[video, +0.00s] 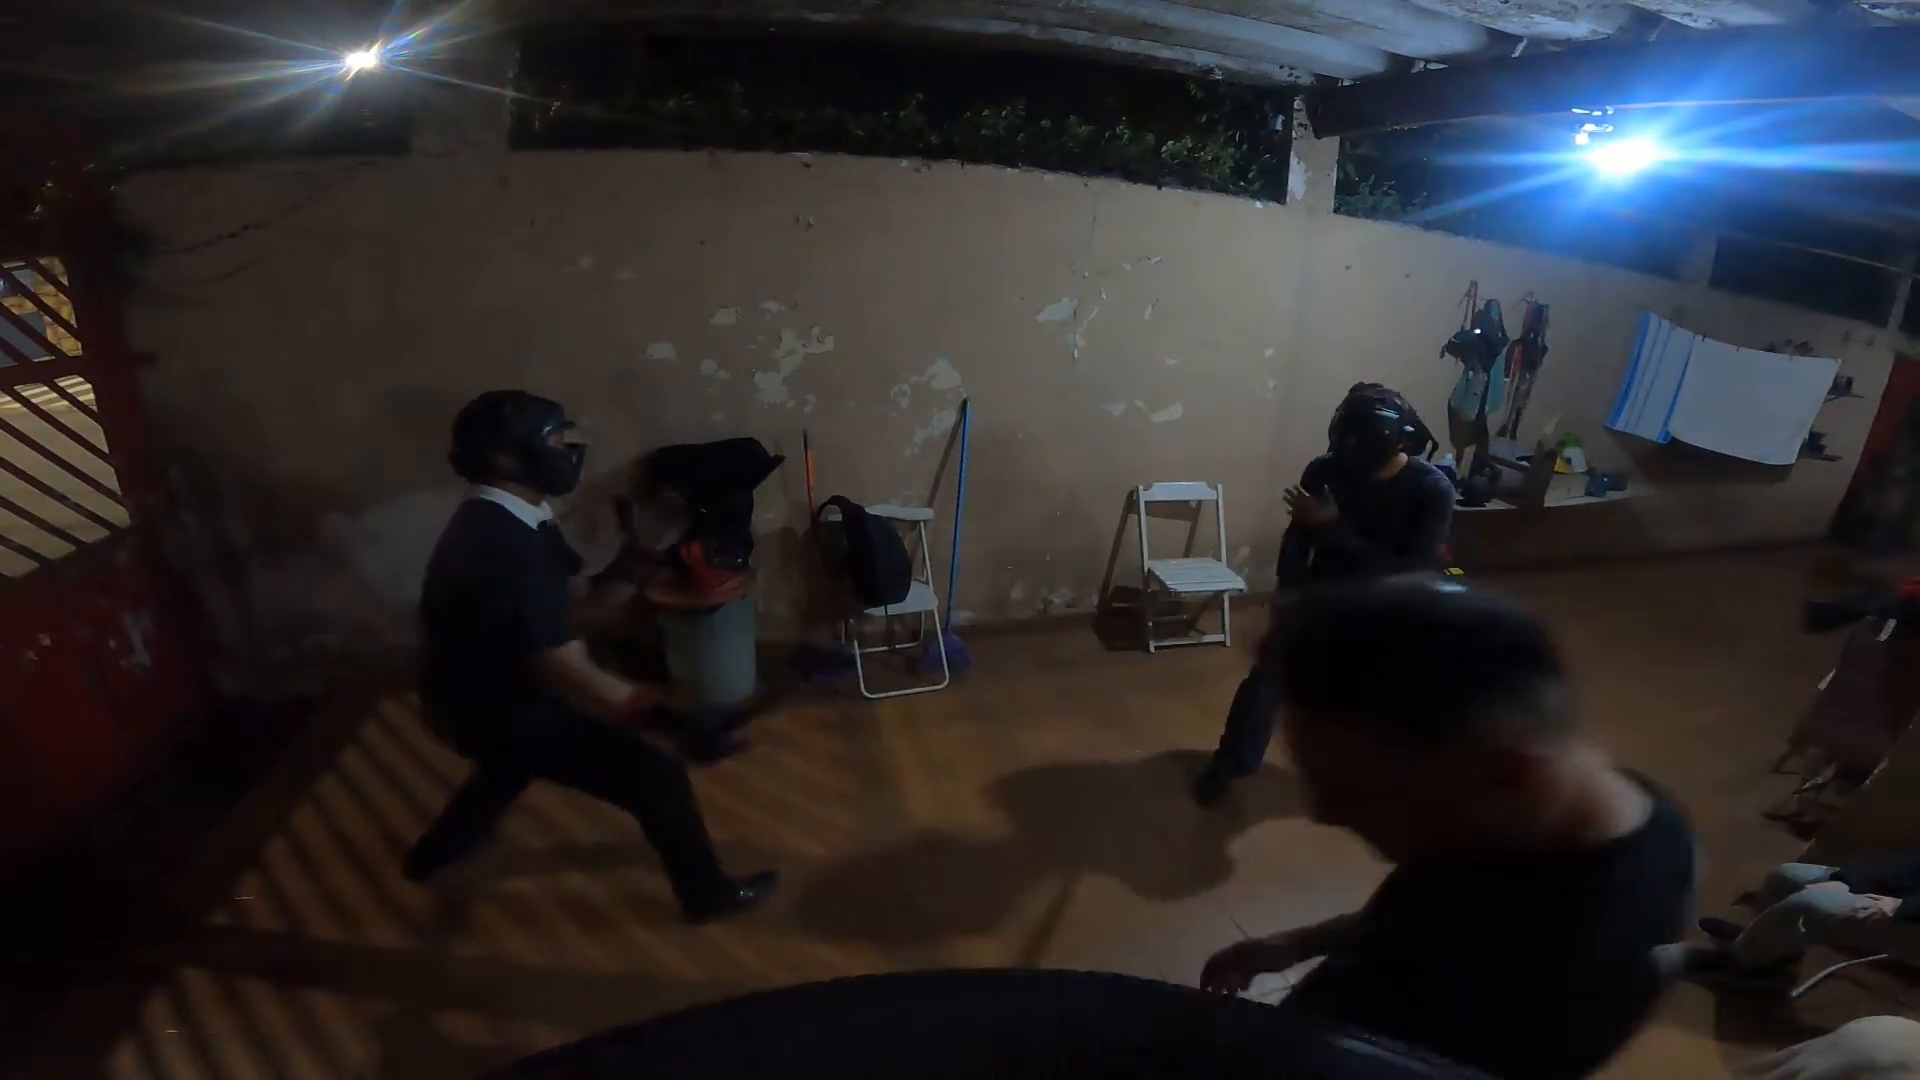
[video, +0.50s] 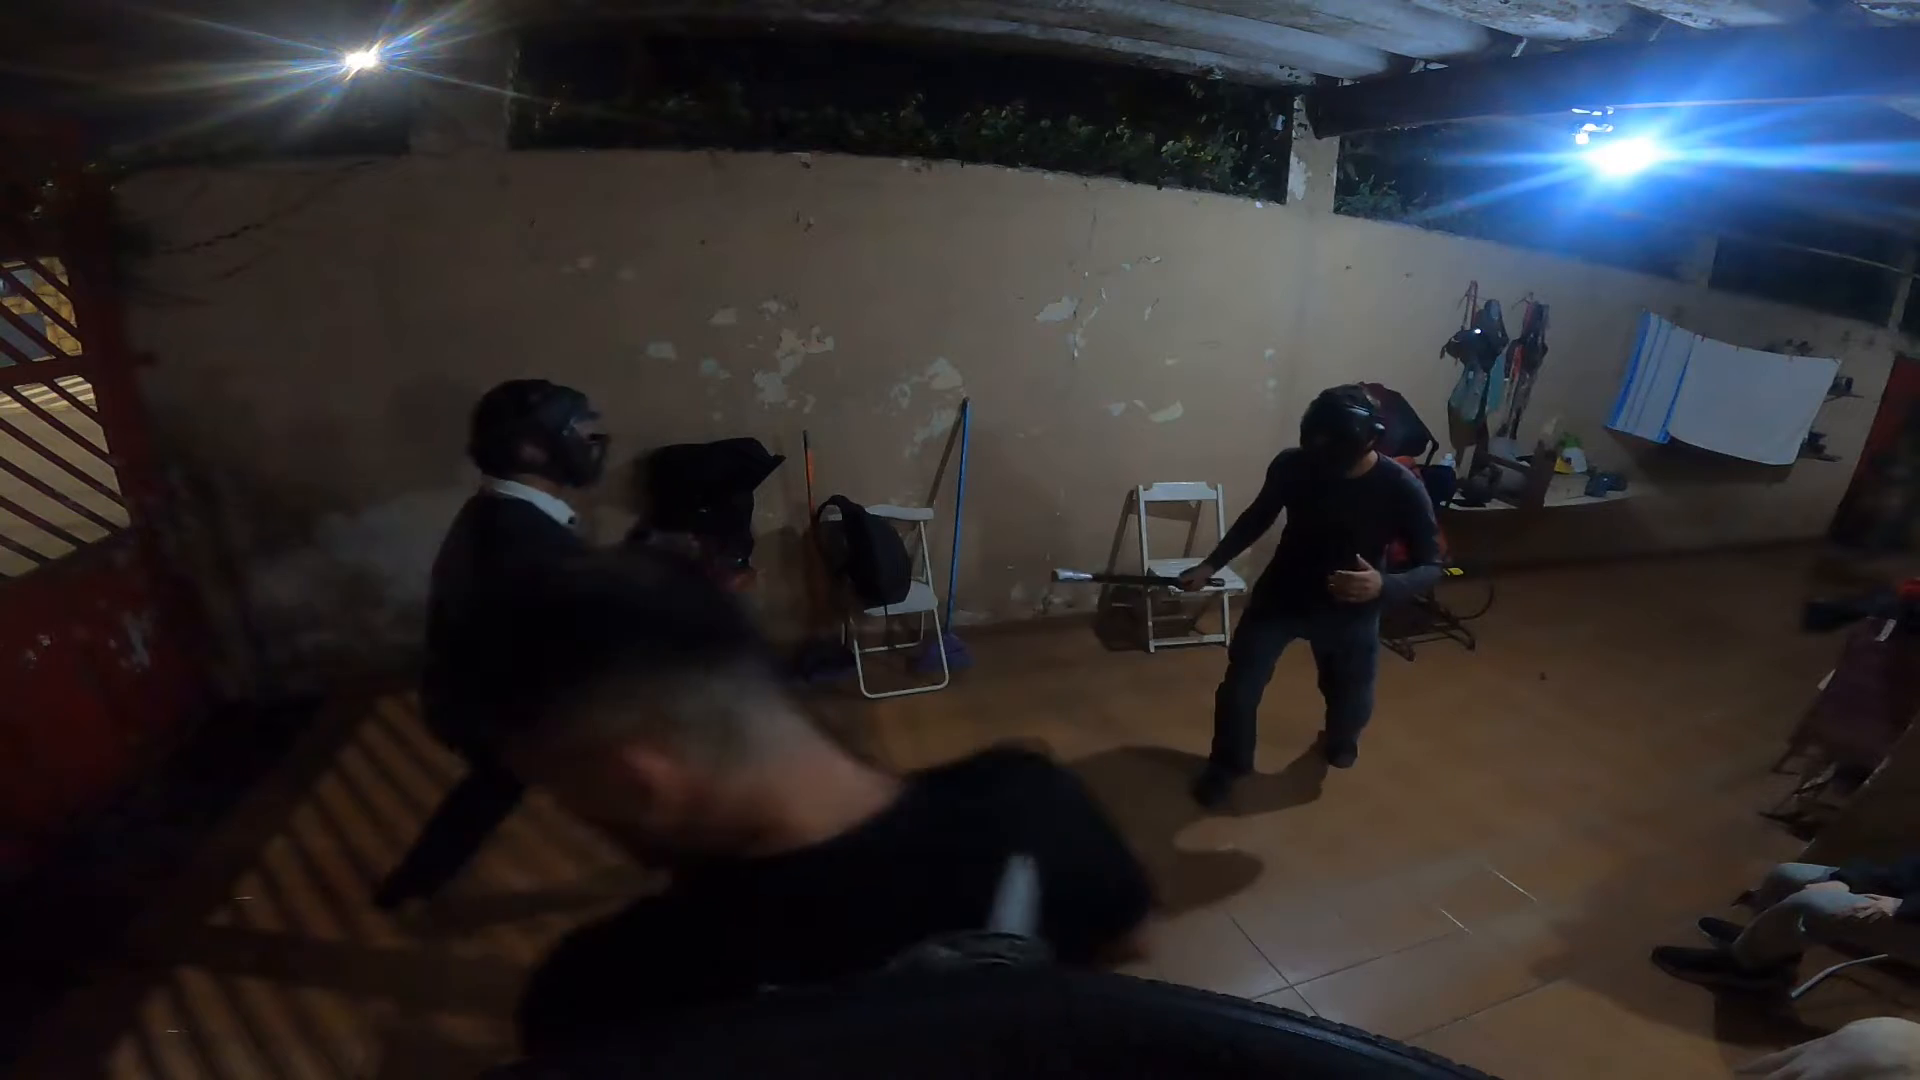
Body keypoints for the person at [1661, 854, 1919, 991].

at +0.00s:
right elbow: (1911, 867)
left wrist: (1903, 908)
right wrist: (1848, 875)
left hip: (1905, 924)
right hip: (1898, 888)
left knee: (1807, 904)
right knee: (1786, 876)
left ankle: (1739, 958)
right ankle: (1755, 939)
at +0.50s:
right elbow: (1911, 871)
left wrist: (1903, 908)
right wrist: (1847, 878)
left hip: (1912, 922)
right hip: (1904, 890)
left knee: (1807, 905)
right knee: (1786, 877)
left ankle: (1742, 960)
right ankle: (1754, 941)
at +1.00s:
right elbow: (1910, 872)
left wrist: (1903, 908)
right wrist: (1848, 878)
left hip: (1912, 923)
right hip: (1904, 893)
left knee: (1807, 905)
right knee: (1785, 877)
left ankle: (1740, 961)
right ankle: (1756, 944)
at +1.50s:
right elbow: (1911, 870)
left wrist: (1903, 908)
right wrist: (1847, 878)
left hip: (1912, 923)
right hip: (1904, 891)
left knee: (1807, 905)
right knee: (1785, 877)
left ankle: (1740, 962)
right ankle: (1755, 942)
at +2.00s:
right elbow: (1910, 870)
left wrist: (1904, 909)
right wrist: (1845, 879)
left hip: (1911, 922)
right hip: (1903, 893)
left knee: (1805, 906)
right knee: (1785, 876)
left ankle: (1738, 962)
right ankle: (1755, 942)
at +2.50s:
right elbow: (1909, 869)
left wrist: (1903, 908)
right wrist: (1846, 879)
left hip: (1911, 924)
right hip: (1902, 893)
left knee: (1806, 906)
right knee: (1786, 876)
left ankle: (1740, 961)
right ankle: (1752, 941)